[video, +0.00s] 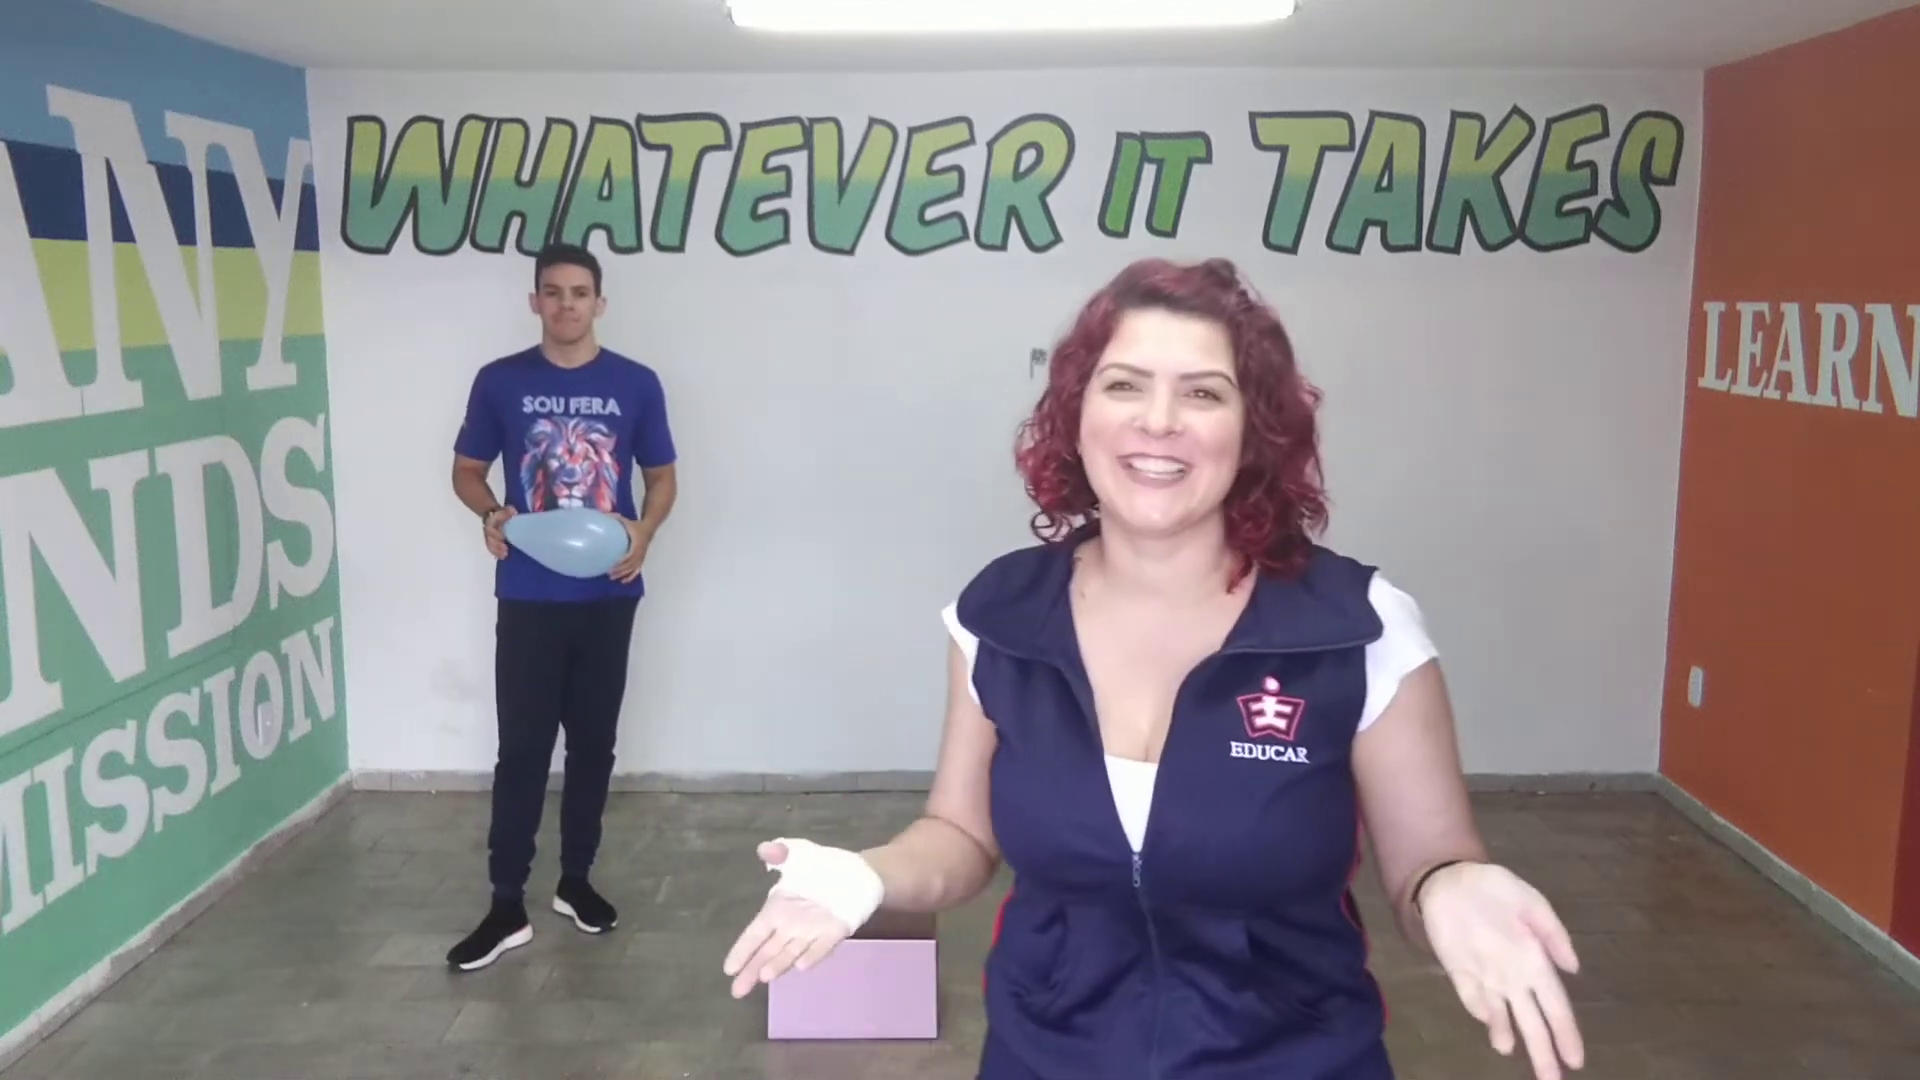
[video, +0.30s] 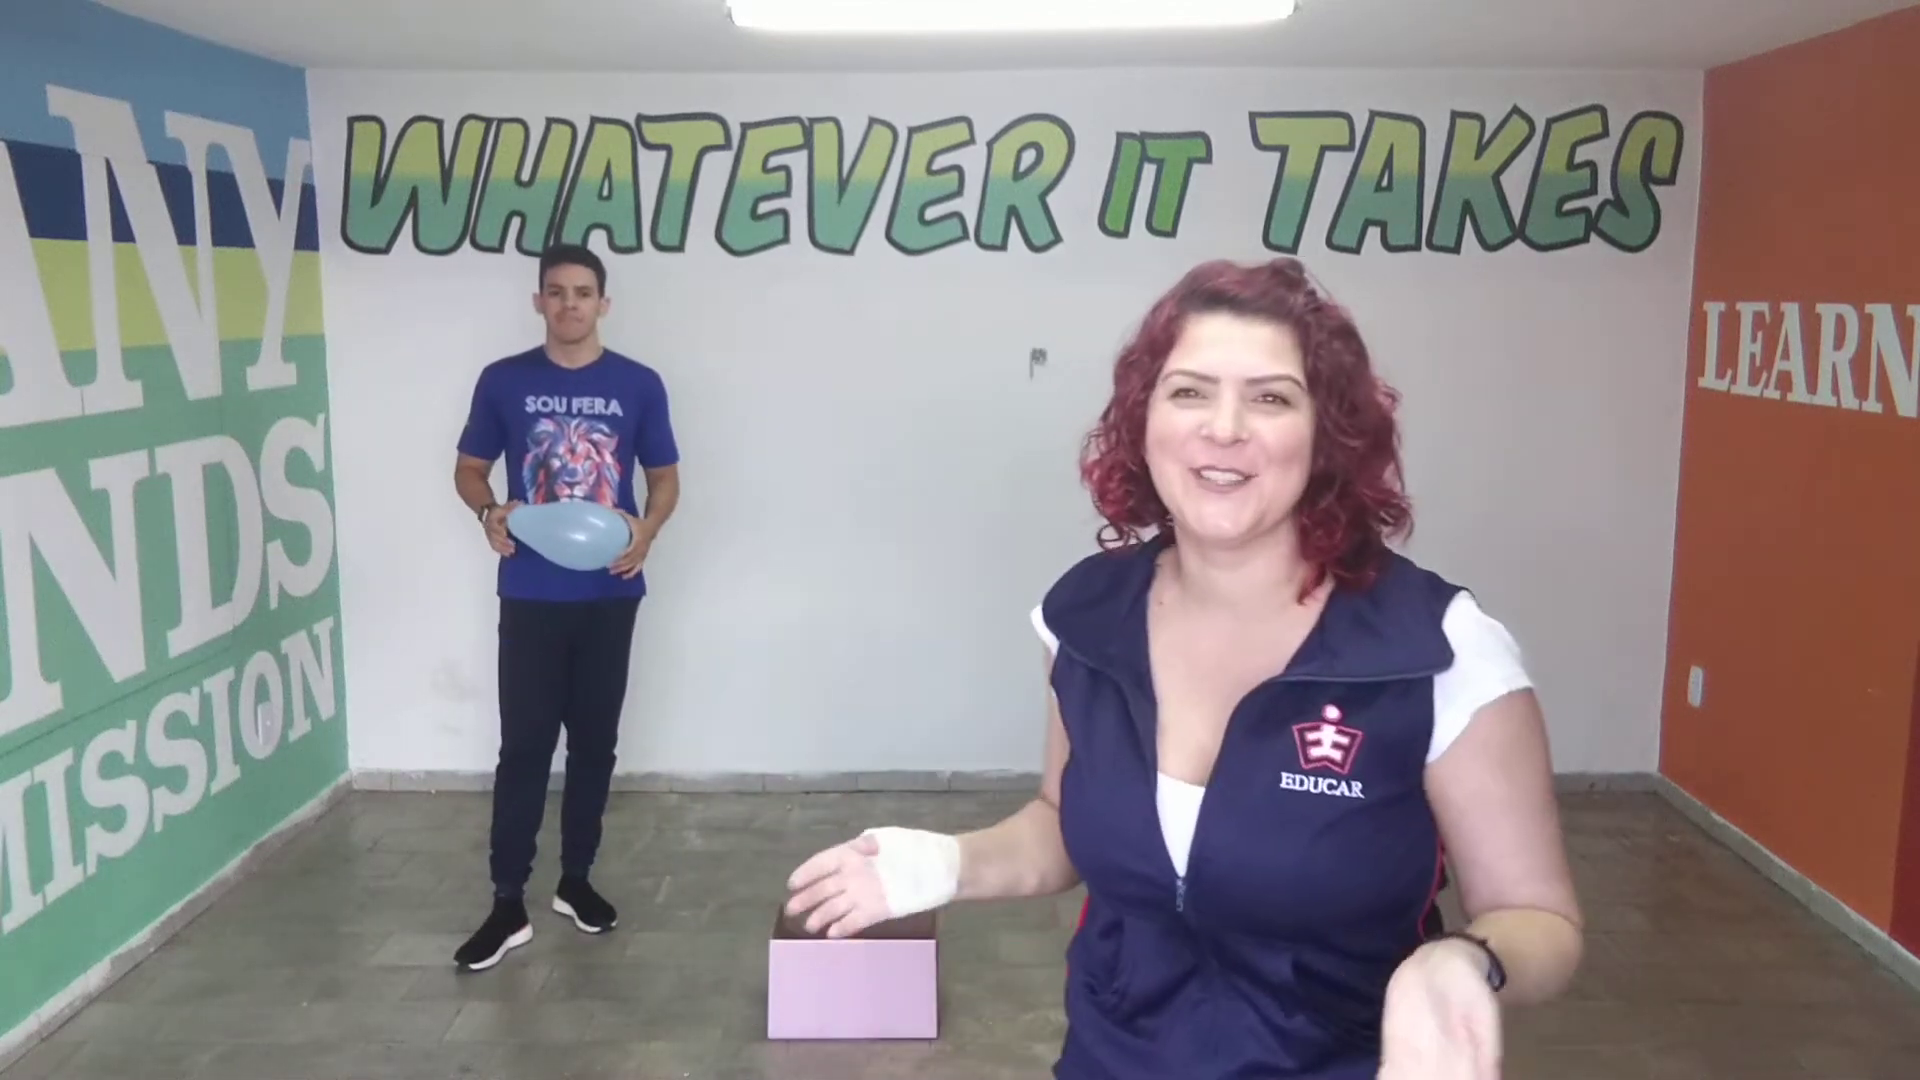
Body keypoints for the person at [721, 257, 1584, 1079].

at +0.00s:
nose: (1156, 422)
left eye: (1200, 393)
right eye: (1124, 386)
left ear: (1254, 430)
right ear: (1075, 411)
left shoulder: (1356, 627)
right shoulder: (1003, 613)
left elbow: (1430, 871)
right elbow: (958, 833)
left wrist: (1453, 882)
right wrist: (865, 876)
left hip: (1286, 1050)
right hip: (1050, 1048)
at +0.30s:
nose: (1223, 431)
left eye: (1269, 398)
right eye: (1191, 393)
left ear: (1326, 435)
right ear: (1141, 421)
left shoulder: (1439, 652)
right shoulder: (1088, 615)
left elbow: (1540, 922)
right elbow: (1064, 828)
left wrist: (1465, 958)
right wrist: (943, 862)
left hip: (1335, 1057)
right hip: (1111, 1053)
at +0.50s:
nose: (1266, 437)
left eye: (1312, 402)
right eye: (1231, 400)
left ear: (1373, 435)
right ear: (1185, 430)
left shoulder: (1482, 666)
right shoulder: (1128, 614)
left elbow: (1568, 961)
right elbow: (1086, 815)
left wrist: (1392, 1004)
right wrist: (1019, 863)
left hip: (1372, 1067)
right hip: (1138, 1058)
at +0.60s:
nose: (1278, 443)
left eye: (1324, 405)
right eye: (1241, 406)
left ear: (1389, 434)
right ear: (1197, 433)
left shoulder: (1504, 662)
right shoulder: (1137, 612)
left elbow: (1577, 960)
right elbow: (1070, 811)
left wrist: (1389, 991)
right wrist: (1057, 868)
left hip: (1389, 1063)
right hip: (1142, 1060)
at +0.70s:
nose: (1285, 456)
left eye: (1327, 413)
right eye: (1245, 418)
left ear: (1395, 434)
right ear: (1203, 443)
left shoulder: (1519, 655)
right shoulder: (1141, 616)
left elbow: (1589, 951)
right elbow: (1054, 842)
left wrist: (1384, 974)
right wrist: (1137, 911)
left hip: (1401, 1063)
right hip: (1154, 1059)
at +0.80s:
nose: (1286, 461)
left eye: (1328, 416)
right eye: (1245, 424)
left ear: (1397, 433)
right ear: (1204, 449)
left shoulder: (1524, 646)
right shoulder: (1143, 620)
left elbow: (1599, 935)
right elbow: (1055, 874)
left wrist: (1416, 967)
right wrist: (1200, 926)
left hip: (1415, 1063)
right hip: (1167, 1058)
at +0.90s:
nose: (1288, 460)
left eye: (1329, 414)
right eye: (1246, 423)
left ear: (1397, 432)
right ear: (1204, 449)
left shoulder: (1522, 635)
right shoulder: (1143, 624)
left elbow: (1603, 914)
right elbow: (1058, 886)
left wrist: (1455, 953)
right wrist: (1224, 931)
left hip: (1426, 1064)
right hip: (1176, 1061)